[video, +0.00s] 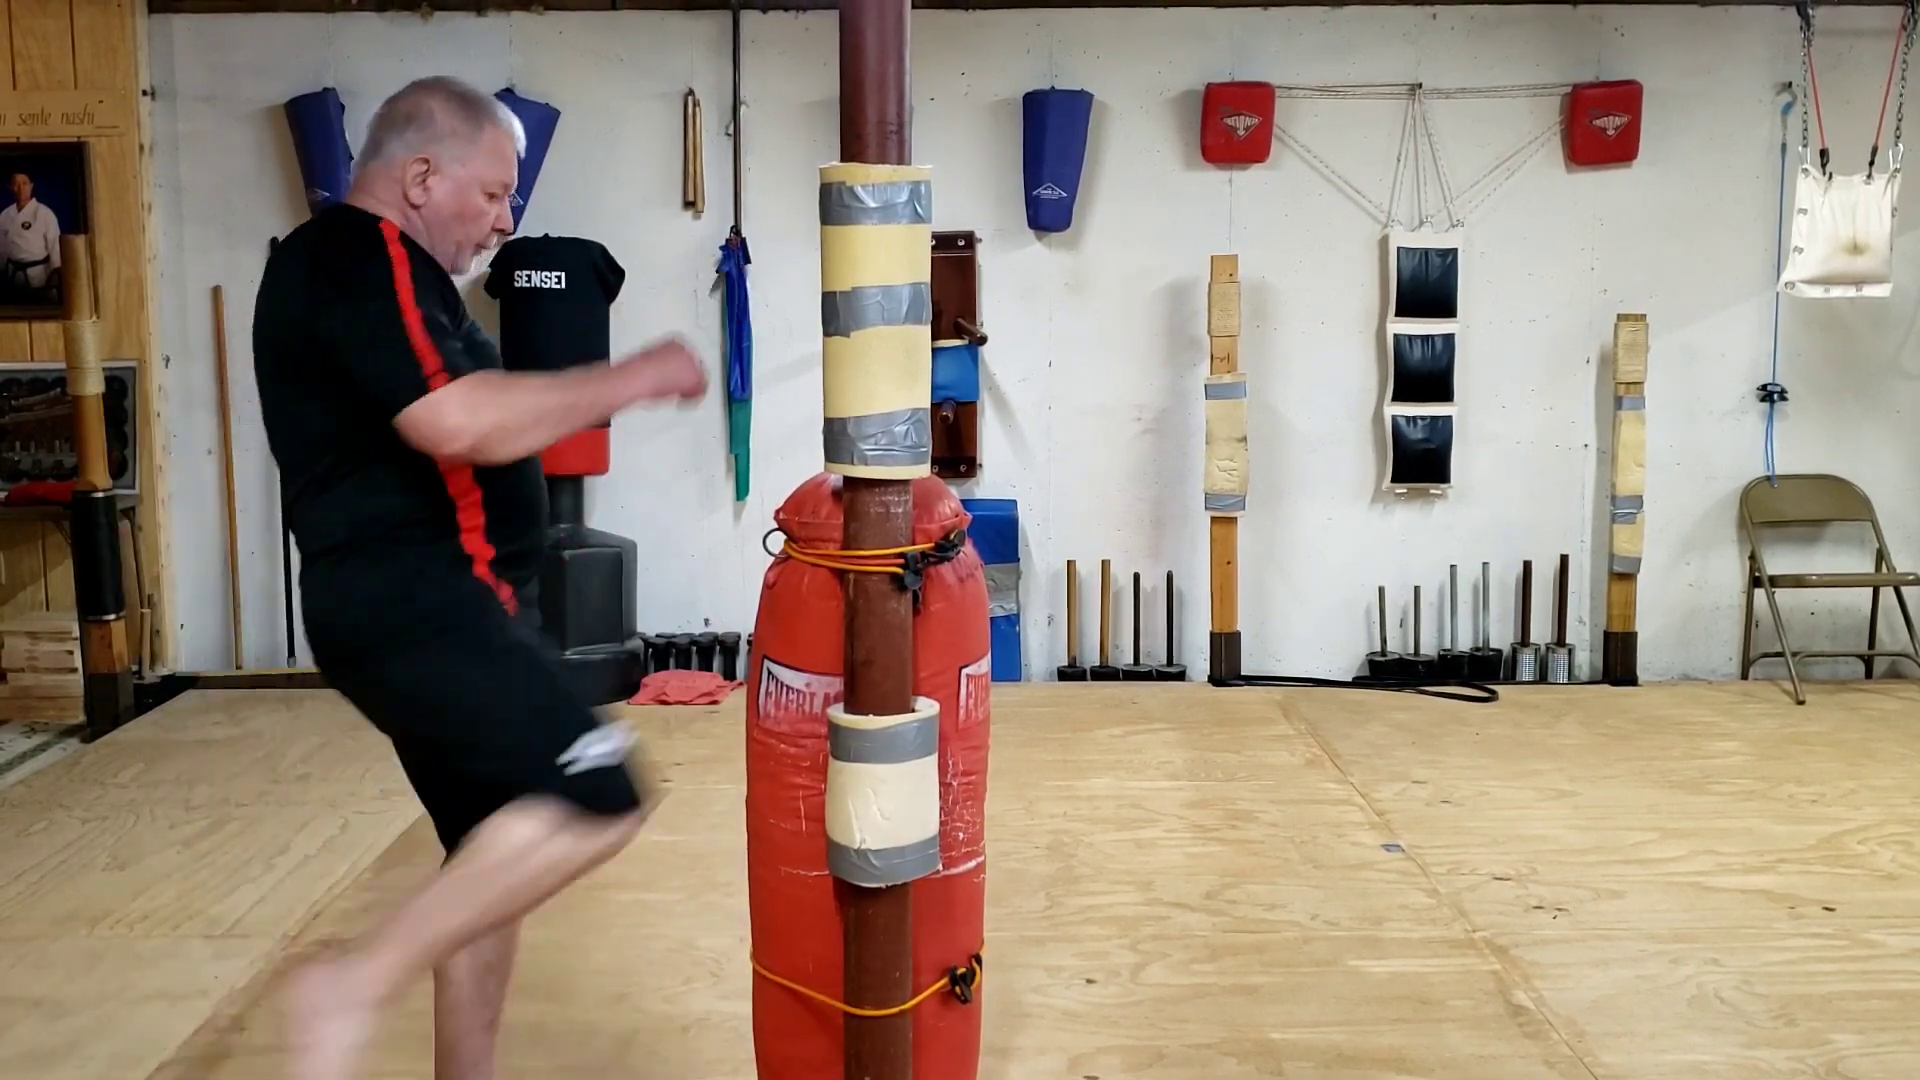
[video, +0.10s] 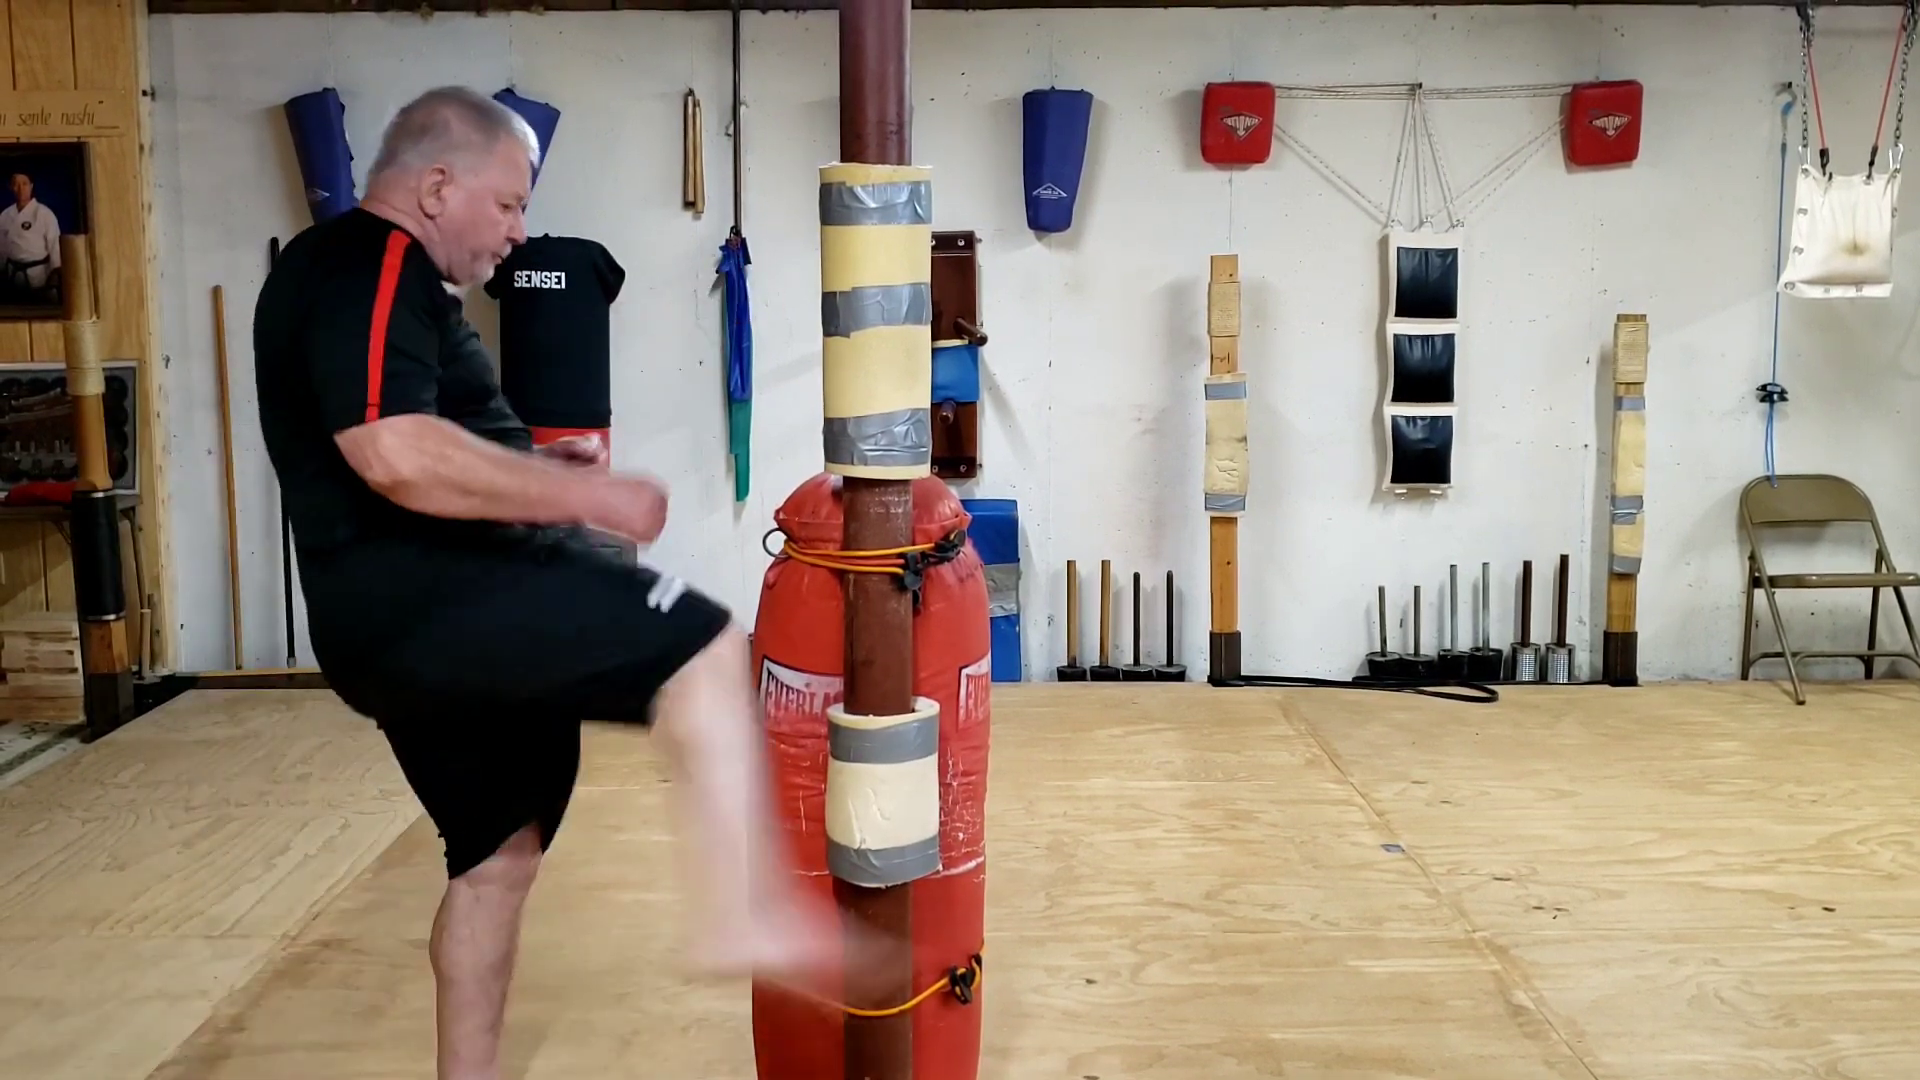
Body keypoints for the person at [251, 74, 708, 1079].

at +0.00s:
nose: (505, 224)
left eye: (509, 201)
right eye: (497, 195)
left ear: (413, 177)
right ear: (421, 173)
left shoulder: (340, 258)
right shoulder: (358, 257)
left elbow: (460, 412)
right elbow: (451, 419)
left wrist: (593, 391)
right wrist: (624, 383)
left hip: (394, 602)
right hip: (410, 600)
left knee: (491, 858)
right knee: (596, 794)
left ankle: (468, 1071)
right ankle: (346, 986)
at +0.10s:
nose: (516, 234)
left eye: (521, 210)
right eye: (508, 205)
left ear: (429, 191)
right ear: (434, 187)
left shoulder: (386, 276)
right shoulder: (366, 264)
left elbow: (443, 446)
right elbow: (395, 450)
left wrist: (560, 481)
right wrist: (591, 494)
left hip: (399, 616)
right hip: (433, 595)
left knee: (500, 840)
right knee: (706, 647)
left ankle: (466, 1072)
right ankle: (737, 913)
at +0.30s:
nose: (538, 249)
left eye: (542, 227)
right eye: (531, 221)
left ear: (449, 203)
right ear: (457, 200)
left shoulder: (351, 268)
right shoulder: (388, 266)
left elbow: (433, 469)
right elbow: (435, 443)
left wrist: (553, 489)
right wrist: (626, 445)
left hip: (365, 611)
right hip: (413, 601)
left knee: (495, 849)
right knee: (661, 715)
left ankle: (472, 1057)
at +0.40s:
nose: (536, 252)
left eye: (540, 229)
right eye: (528, 222)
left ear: (447, 206)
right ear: (454, 201)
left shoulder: (400, 277)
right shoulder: (384, 269)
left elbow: (393, 467)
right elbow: (473, 421)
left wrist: (506, 541)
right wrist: (640, 395)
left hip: (420, 613)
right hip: (379, 618)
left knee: (498, 859)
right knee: (514, 859)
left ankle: (467, 1073)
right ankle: (270, 1047)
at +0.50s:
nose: (527, 258)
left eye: (530, 235)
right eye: (515, 231)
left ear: (439, 220)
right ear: (436, 216)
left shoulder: (417, 301)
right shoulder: (349, 283)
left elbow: (382, 491)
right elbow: (474, 433)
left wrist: (481, 579)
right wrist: (640, 388)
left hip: (449, 670)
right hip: (342, 674)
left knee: (507, 869)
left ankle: (471, 1074)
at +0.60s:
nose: (508, 270)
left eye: (509, 247)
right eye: (492, 243)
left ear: (411, 236)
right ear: (408, 232)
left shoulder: (381, 321)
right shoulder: (307, 306)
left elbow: (356, 512)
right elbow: (409, 477)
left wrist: (468, 584)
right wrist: (586, 419)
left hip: (423, 674)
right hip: (298, 680)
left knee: (524, 861)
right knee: (260, 949)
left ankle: (473, 1076)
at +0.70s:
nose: (478, 255)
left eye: (485, 231)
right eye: (461, 229)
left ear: (386, 223)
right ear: (374, 217)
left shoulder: (395, 313)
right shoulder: (261, 303)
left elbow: (363, 484)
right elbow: (271, 500)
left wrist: (490, 501)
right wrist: (479, 482)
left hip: (421, 667)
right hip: (282, 689)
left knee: (514, 861)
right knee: (238, 948)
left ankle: (470, 1075)